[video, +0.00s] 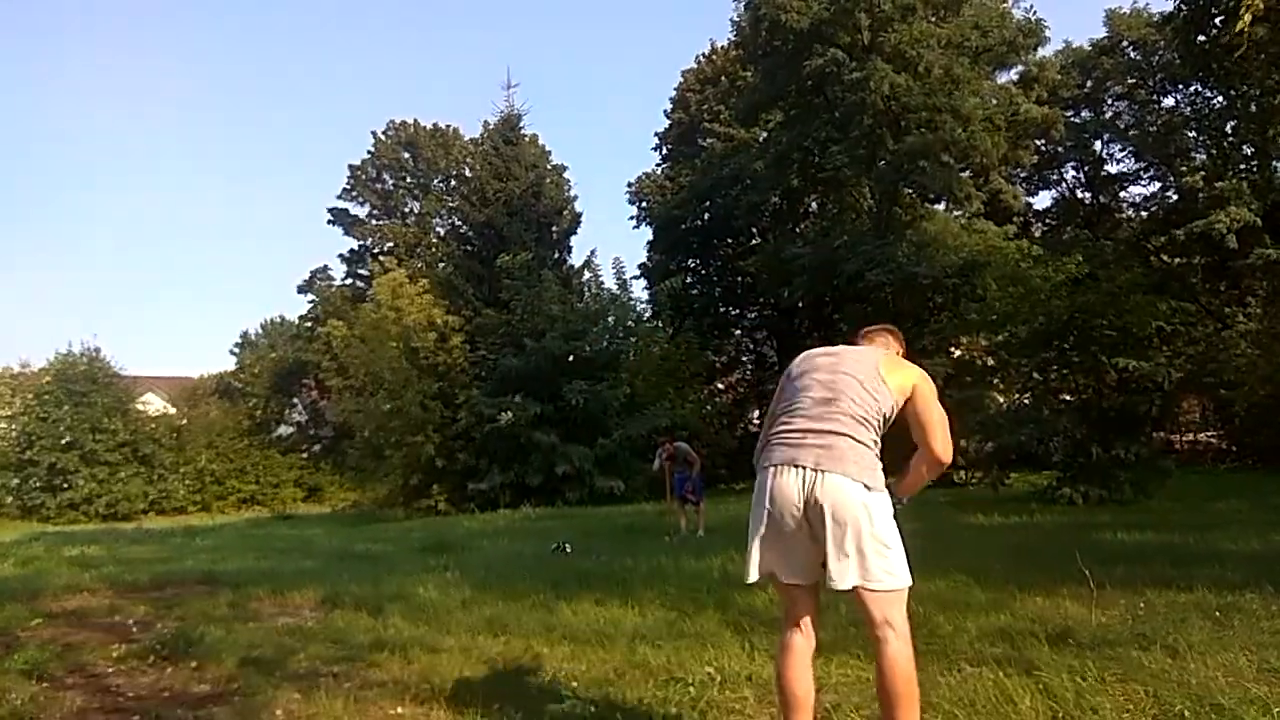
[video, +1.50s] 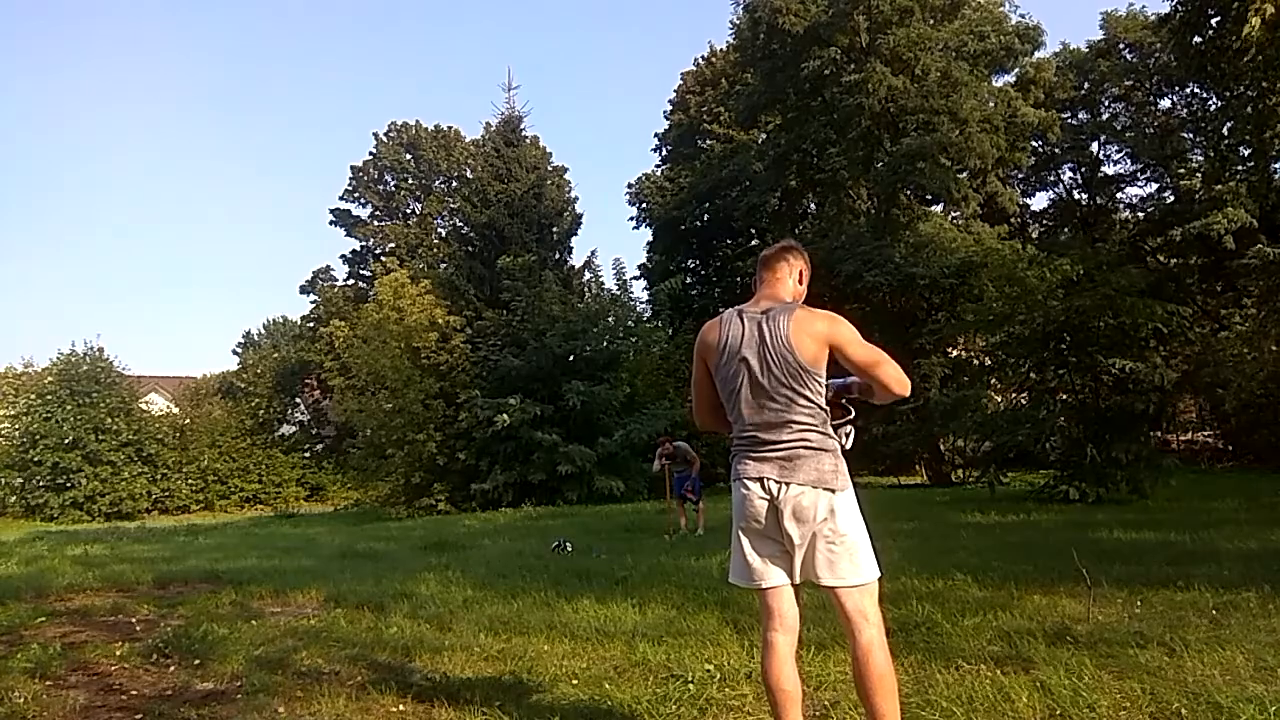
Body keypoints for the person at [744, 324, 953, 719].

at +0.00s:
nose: (900, 365)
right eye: (902, 359)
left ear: (856, 342)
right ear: (898, 353)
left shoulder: (803, 360)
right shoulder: (908, 372)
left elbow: (768, 432)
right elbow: (939, 453)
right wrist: (902, 489)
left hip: (777, 483)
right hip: (850, 487)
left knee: (797, 623)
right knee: (889, 628)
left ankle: (796, 715)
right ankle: (904, 714)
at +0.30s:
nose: (843, 302)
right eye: (846, 296)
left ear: (798, 291)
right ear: (843, 293)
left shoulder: (752, 330)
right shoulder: (859, 325)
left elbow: (720, 412)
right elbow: (886, 411)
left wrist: (769, 440)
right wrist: (842, 424)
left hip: (765, 480)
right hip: (835, 480)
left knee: (787, 625)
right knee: (875, 624)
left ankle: (794, 718)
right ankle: (893, 716)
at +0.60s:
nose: (821, 291)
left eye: (819, 285)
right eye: (821, 284)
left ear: (771, 281)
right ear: (816, 281)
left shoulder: (727, 332)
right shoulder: (835, 325)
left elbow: (710, 419)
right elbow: (883, 413)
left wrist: (761, 441)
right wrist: (858, 430)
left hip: (756, 489)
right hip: (825, 486)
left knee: (781, 629)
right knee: (871, 623)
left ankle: (791, 717)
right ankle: (889, 715)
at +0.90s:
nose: (815, 287)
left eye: (813, 281)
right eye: (815, 280)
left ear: (765, 279)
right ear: (808, 277)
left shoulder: (720, 332)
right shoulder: (829, 325)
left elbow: (700, 416)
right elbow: (867, 414)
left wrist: (754, 434)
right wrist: (841, 418)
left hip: (753, 486)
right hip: (821, 484)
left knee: (779, 626)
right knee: (866, 622)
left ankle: (789, 719)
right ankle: (888, 716)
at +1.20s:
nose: (811, 289)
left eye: (810, 283)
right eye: (812, 282)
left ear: (761, 277)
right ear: (804, 279)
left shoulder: (715, 332)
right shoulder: (824, 327)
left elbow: (700, 417)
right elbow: (854, 416)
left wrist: (755, 418)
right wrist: (840, 393)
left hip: (752, 489)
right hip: (821, 487)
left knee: (778, 628)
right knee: (865, 623)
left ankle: (788, 719)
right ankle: (887, 716)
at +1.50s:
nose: (806, 289)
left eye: (804, 282)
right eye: (806, 281)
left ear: (756, 279)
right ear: (799, 278)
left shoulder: (711, 333)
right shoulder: (820, 323)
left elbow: (706, 418)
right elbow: (897, 386)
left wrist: (764, 411)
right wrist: (853, 386)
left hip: (751, 491)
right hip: (820, 488)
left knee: (778, 626)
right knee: (865, 623)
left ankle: (789, 718)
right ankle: (887, 716)